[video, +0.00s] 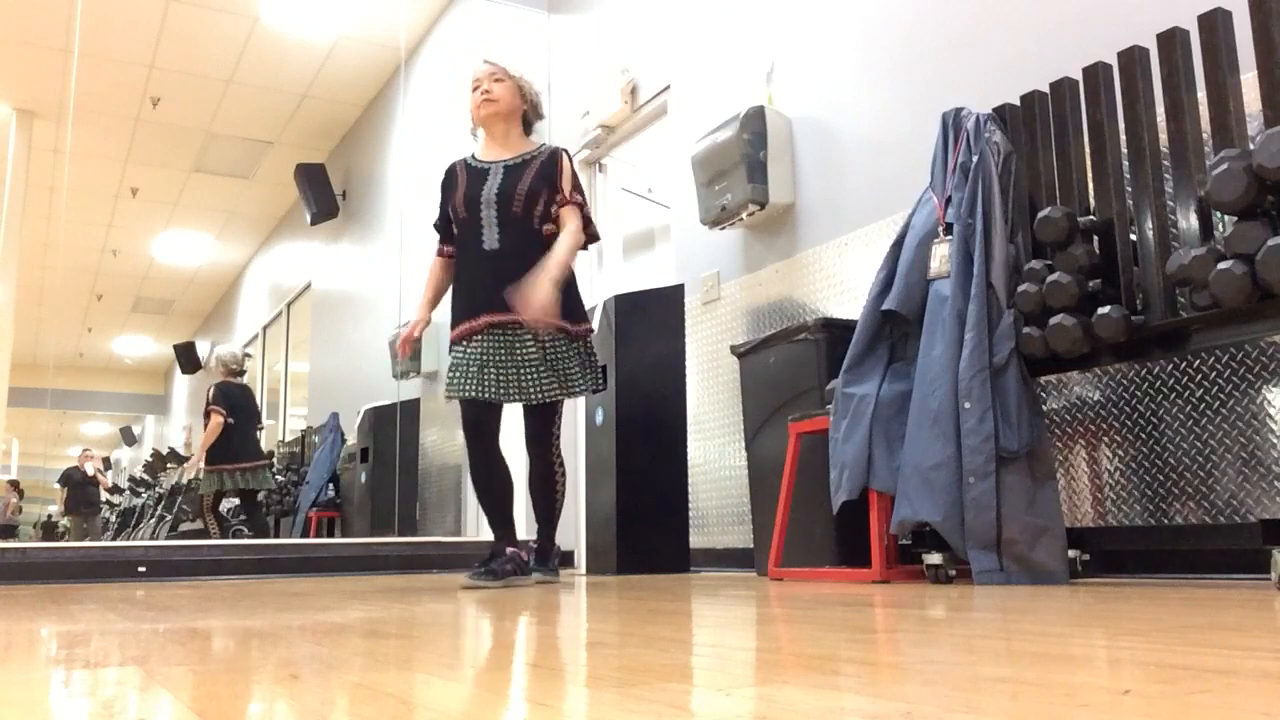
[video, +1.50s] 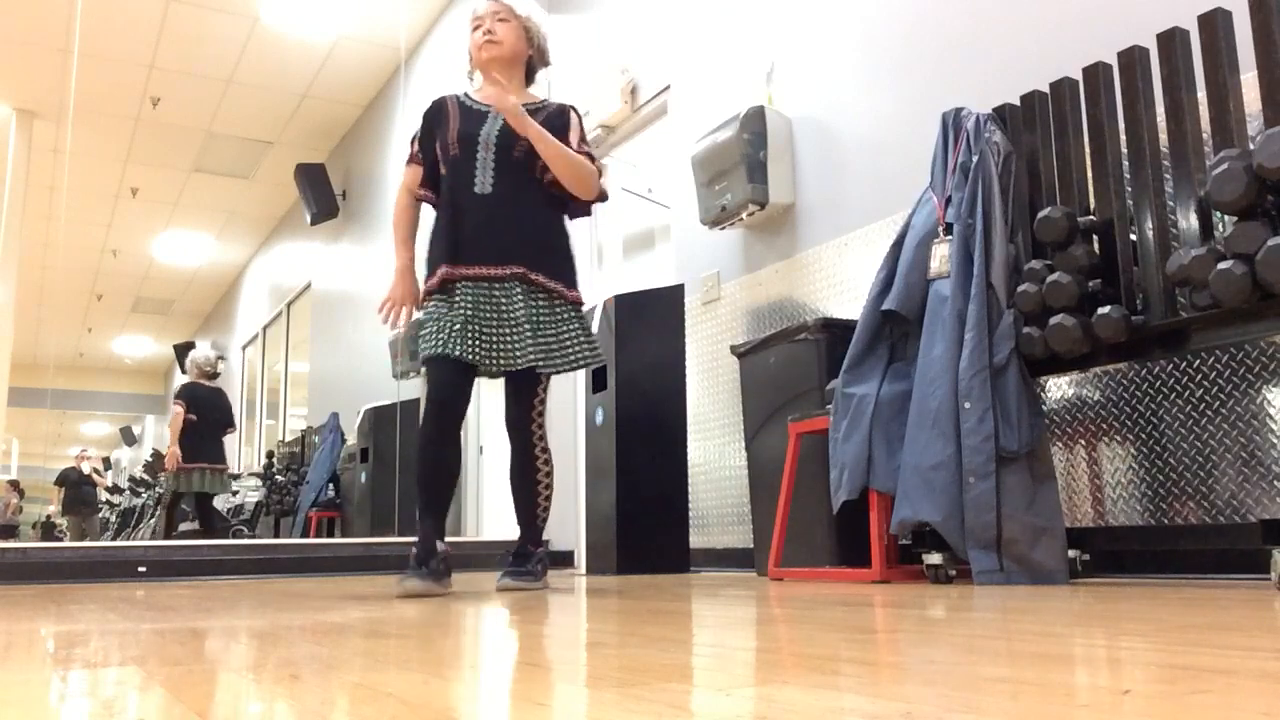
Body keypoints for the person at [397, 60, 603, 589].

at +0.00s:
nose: (482, 88)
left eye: (495, 82)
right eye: (475, 86)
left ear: (523, 101)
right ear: (472, 112)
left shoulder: (551, 159)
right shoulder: (459, 173)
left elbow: (574, 229)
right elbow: (445, 256)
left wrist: (547, 280)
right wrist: (421, 317)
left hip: (541, 315)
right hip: (477, 319)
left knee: (541, 439)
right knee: (479, 436)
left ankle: (545, 550)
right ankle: (505, 548)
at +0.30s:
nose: (480, 75)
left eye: (493, 70)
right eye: (475, 73)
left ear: (522, 91)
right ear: (471, 98)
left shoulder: (548, 149)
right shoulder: (453, 163)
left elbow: (591, 227)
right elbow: (438, 246)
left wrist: (611, 300)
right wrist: (412, 269)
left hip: (531, 311)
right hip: (464, 313)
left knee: (529, 435)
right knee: (474, 439)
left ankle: (557, 515)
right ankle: (504, 550)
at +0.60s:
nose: (486, 59)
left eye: (501, 54)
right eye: (480, 56)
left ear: (527, 78)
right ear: (474, 82)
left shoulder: (551, 139)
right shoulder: (451, 146)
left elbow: (593, 220)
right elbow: (425, 230)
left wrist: (582, 261)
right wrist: (421, 181)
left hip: (532, 296)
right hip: (469, 299)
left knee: (523, 417)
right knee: (485, 428)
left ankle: (538, 546)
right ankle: (503, 547)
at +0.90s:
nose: (495, 45)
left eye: (510, 40)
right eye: (489, 43)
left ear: (538, 65)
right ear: (483, 69)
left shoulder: (564, 126)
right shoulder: (457, 133)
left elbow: (611, 203)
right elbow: (423, 213)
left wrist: (572, 165)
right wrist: (448, 186)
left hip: (543, 290)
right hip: (476, 292)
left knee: (530, 421)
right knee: (487, 427)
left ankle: (532, 551)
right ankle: (503, 547)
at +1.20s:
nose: (494, 37)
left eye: (509, 32)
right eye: (487, 34)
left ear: (538, 57)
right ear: (481, 64)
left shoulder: (566, 123)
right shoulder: (457, 129)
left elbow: (608, 202)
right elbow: (433, 218)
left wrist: (580, 205)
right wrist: (433, 281)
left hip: (547, 289)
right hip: (474, 289)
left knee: (534, 420)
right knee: (453, 407)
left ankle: (533, 548)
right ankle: (495, 523)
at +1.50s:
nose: (486, 29)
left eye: (501, 22)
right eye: (477, 26)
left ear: (530, 45)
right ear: (468, 51)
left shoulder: (558, 118)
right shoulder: (444, 112)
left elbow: (588, 188)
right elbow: (409, 194)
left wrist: (527, 126)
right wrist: (403, 272)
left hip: (533, 280)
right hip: (458, 279)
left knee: (525, 420)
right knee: (441, 409)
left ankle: (530, 551)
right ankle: (429, 549)